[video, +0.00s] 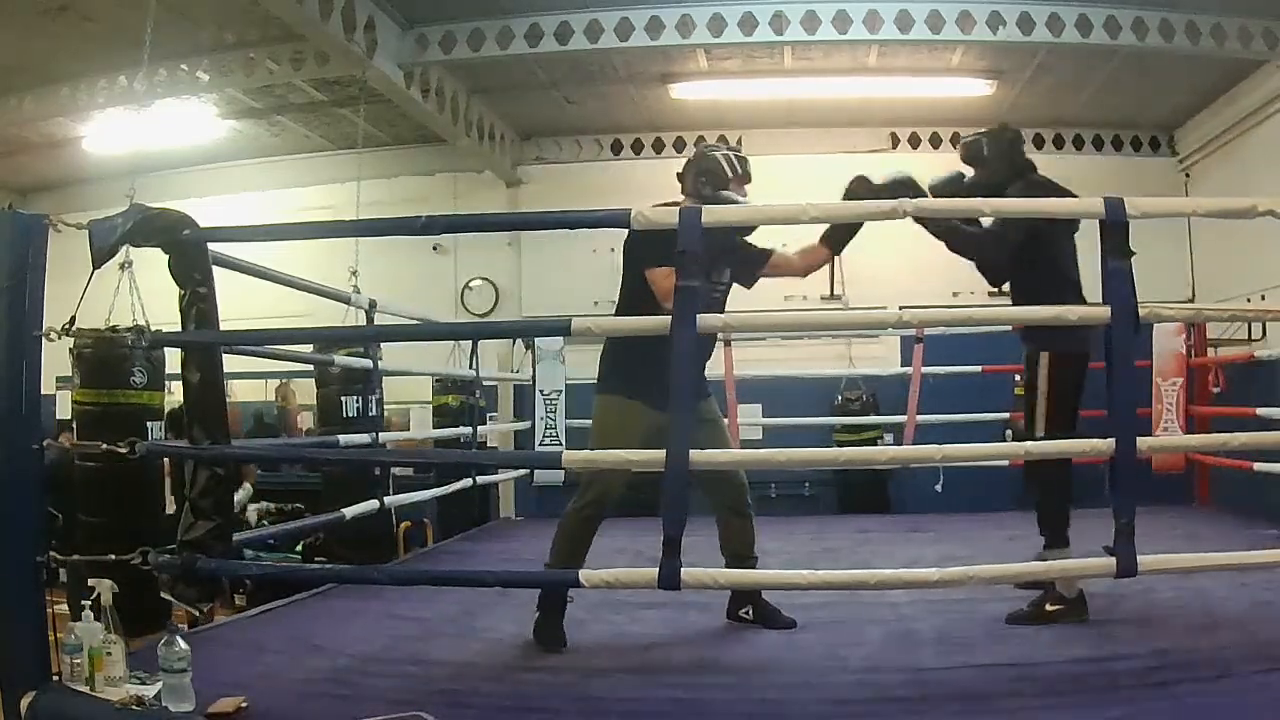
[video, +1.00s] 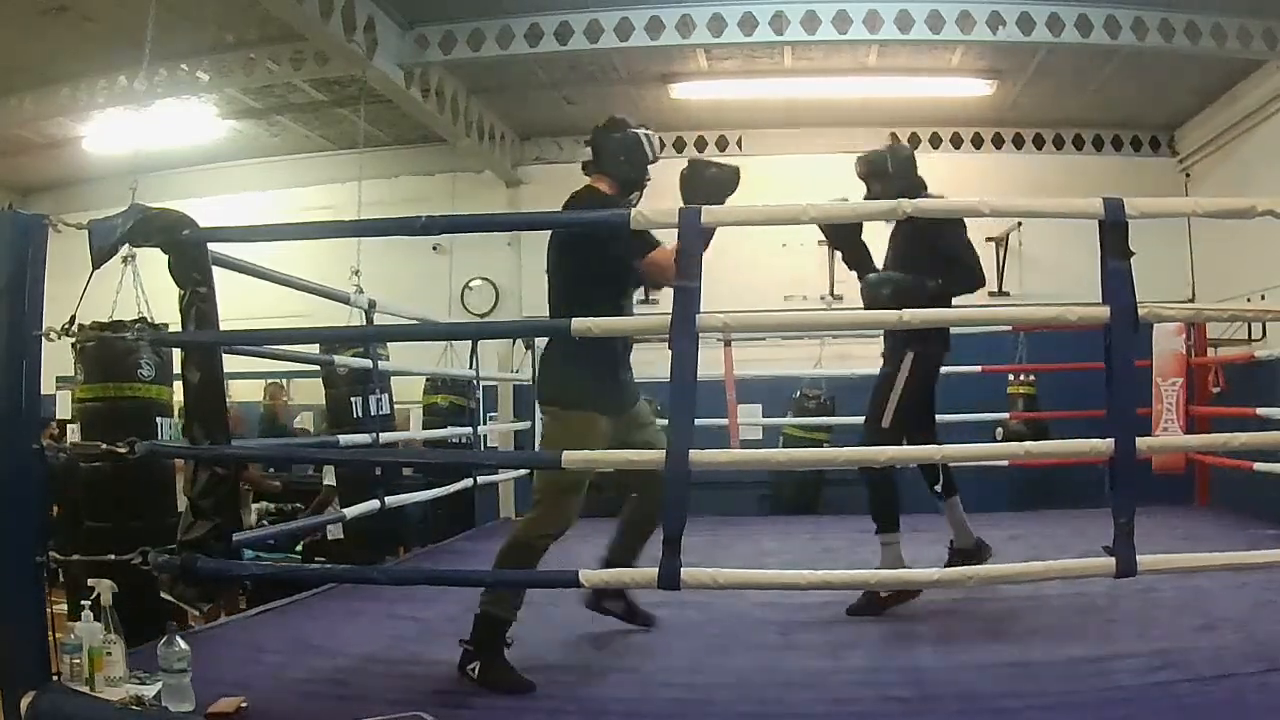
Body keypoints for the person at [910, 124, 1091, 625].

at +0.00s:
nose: (976, 176)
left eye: (980, 166)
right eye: (974, 168)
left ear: (1000, 157)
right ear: (1013, 155)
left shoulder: (1025, 196)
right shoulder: (1024, 193)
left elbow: (996, 263)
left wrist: (939, 221)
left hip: (1056, 340)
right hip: (1054, 338)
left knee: (1047, 457)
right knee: (1045, 455)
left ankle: (1064, 588)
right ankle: (1057, 565)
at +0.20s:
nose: (953, 203)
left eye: (956, 193)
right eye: (950, 195)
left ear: (978, 188)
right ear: (977, 190)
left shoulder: (1019, 219)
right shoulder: (989, 232)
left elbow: (1060, 274)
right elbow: (951, 289)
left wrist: (991, 261)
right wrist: (924, 233)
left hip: (1012, 355)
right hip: (1007, 355)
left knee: (943, 449)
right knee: (1005, 454)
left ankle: (1003, 552)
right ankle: (1041, 559)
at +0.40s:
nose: (930, 198)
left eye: (935, 189)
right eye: (929, 190)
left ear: (958, 183)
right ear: (954, 187)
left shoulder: (998, 223)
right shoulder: (956, 233)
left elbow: (985, 273)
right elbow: (915, 280)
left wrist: (938, 220)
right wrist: (894, 232)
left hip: (978, 357)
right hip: (968, 356)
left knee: (916, 456)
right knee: (993, 456)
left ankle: (905, 579)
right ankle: (1041, 558)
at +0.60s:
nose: (890, 195)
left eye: (894, 185)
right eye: (889, 186)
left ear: (917, 181)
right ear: (928, 177)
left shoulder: (947, 218)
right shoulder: (935, 217)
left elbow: (891, 276)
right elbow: (893, 272)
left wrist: (865, 222)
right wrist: (886, 223)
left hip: (954, 346)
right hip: (947, 344)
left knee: (911, 455)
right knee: (936, 446)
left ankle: (903, 582)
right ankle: (1006, 532)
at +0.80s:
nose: (873, 208)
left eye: (877, 199)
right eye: (871, 200)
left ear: (900, 195)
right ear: (904, 194)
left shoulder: (944, 226)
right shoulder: (909, 235)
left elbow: (935, 290)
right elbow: (884, 297)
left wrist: (873, 251)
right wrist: (855, 245)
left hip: (943, 361)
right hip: (930, 360)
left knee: (884, 460)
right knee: (926, 456)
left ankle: (902, 580)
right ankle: (972, 546)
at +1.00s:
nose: (867, 194)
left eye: (872, 184)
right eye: (865, 185)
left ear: (896, 179)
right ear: (893, 179)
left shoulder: (935, 215)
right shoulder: (907, 222)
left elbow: (972, 276)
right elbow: (885, 289)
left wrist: (915, 289)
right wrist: (852, 244)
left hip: (920, 345)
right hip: (906, 343)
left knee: (874, 450)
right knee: (921, 441)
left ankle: (893, 571)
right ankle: (966, 540)